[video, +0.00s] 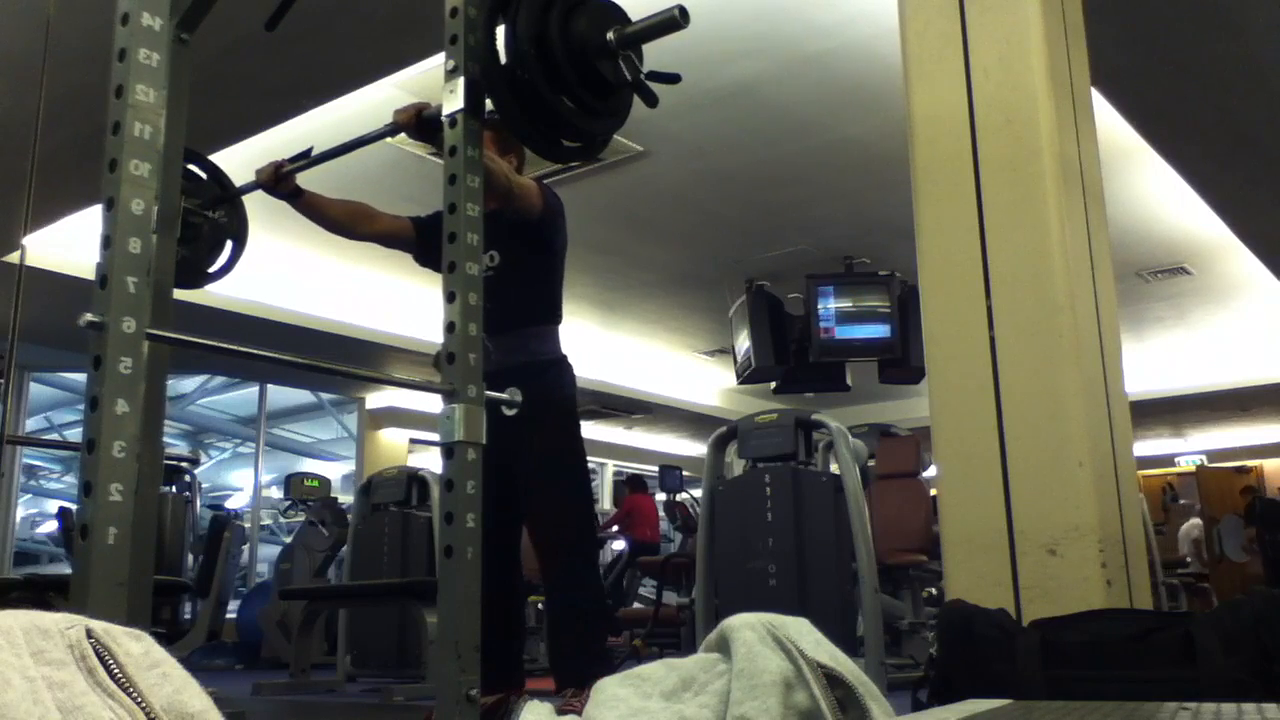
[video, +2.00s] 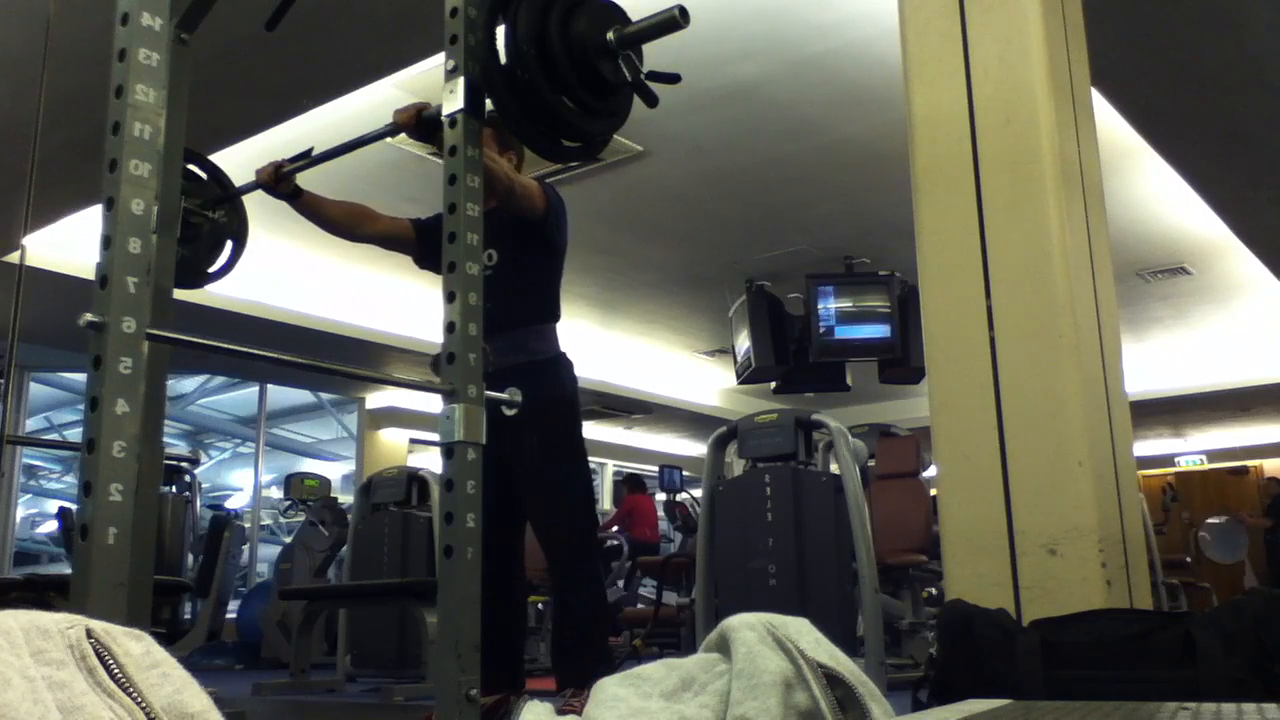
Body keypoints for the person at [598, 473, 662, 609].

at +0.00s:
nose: (627, 491)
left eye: (628, 488)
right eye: (627, 488)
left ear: (631, 488)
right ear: (645, 487)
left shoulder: (631, 500)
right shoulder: (650, 501)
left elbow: (617, 518)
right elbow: (638, 522)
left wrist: (601, 528)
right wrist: (620, 530)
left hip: (636, 546)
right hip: (654, 547)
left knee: (611, 571)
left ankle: (617, 603)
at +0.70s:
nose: (626, 489)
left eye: (627, 487)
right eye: (626, 487)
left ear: (630, 487)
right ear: (644, 486)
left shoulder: (630, 500)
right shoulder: (650, 500)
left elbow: (616, 518)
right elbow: (638, 520)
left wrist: (600, 528)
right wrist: (621, 529)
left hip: (637, 545)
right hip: (653, 546)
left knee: (622, 576)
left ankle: (618, 607)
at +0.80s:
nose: (626, 490)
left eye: (627, 487)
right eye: (627, 487)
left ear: (630, 487)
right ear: (644, 487)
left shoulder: (631, 500)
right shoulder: (650, 500)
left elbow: (615, 519)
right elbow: (637, 521)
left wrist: (600, 529)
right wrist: (620, 530)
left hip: (637, 546)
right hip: (654, 547)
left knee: (615, 576)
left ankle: (619, 606)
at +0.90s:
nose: (627, 490)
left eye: (627, 487)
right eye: (627, 487)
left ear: (630, 487)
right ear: (644, 486)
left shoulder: (631, 500)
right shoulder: (650, 500)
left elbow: (616, 519)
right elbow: (639, 522)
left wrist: (600, 529)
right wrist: (620, 530)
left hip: (637, 546)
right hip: (654, 546)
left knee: (613, 567)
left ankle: (618, 600)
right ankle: (627, 600)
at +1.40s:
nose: (624, 490)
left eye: (625, 487)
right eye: (624, 487)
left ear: (629, 487)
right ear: (641, 486)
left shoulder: (631, 500)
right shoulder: (649, 500)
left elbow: (615, 520)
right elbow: (635, 523)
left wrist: (600, 530)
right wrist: (617, 532)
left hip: (637, 546)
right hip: (654, 546)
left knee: (608, 570)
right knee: (625, 572)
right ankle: (635, 601)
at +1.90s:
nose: (625, 491)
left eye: (626, 488)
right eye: (625, 488)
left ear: (630, 487)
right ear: (643, 487)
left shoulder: (631, 500)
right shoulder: (649, 500)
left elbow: (615, 519)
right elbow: (635, 523)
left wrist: (600, 529)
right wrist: (617, 533)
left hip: (637, 544)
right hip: (654, 545)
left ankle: (621, 595)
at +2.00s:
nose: (624, 490)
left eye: (625, 487)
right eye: (624, 487)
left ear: (630, 487)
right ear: (642, 486)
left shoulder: (630, 500)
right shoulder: (649, 500)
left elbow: (615, 521)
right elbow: (634, 523)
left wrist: (599, 530)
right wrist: (615, 534)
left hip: (636, 547)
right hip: (654, 547)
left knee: (605, 553)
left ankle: (611, 586)